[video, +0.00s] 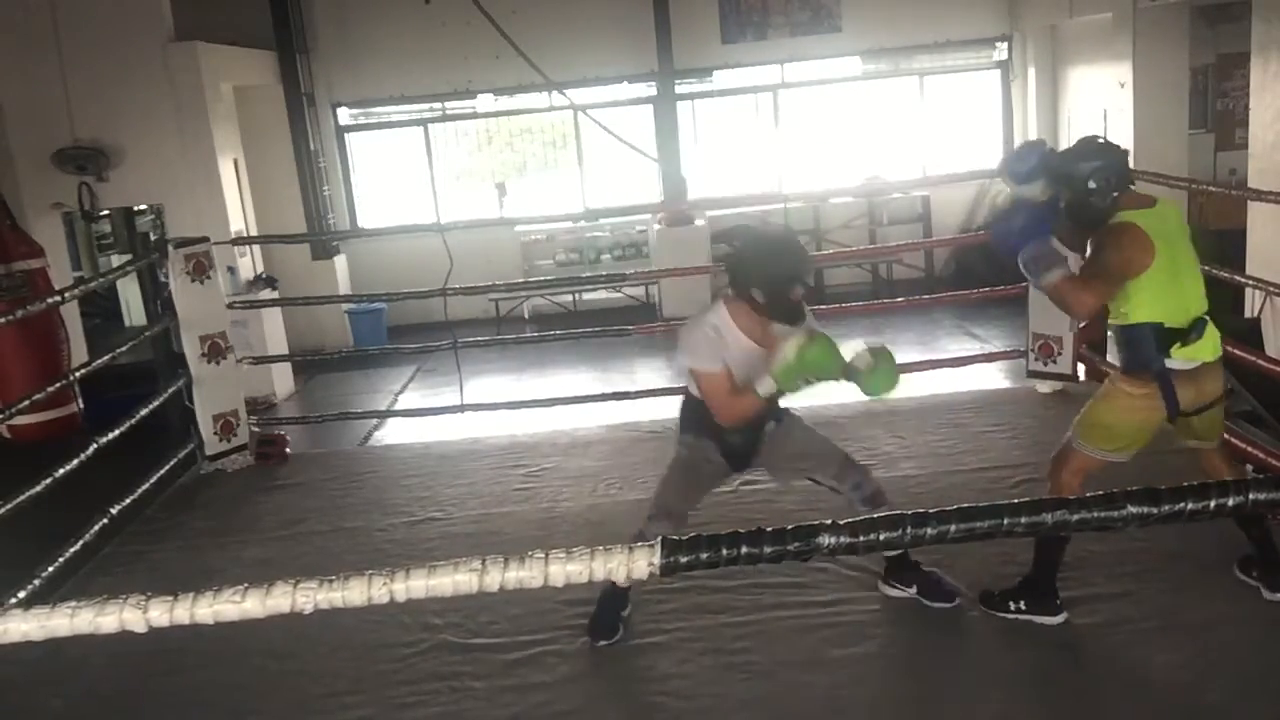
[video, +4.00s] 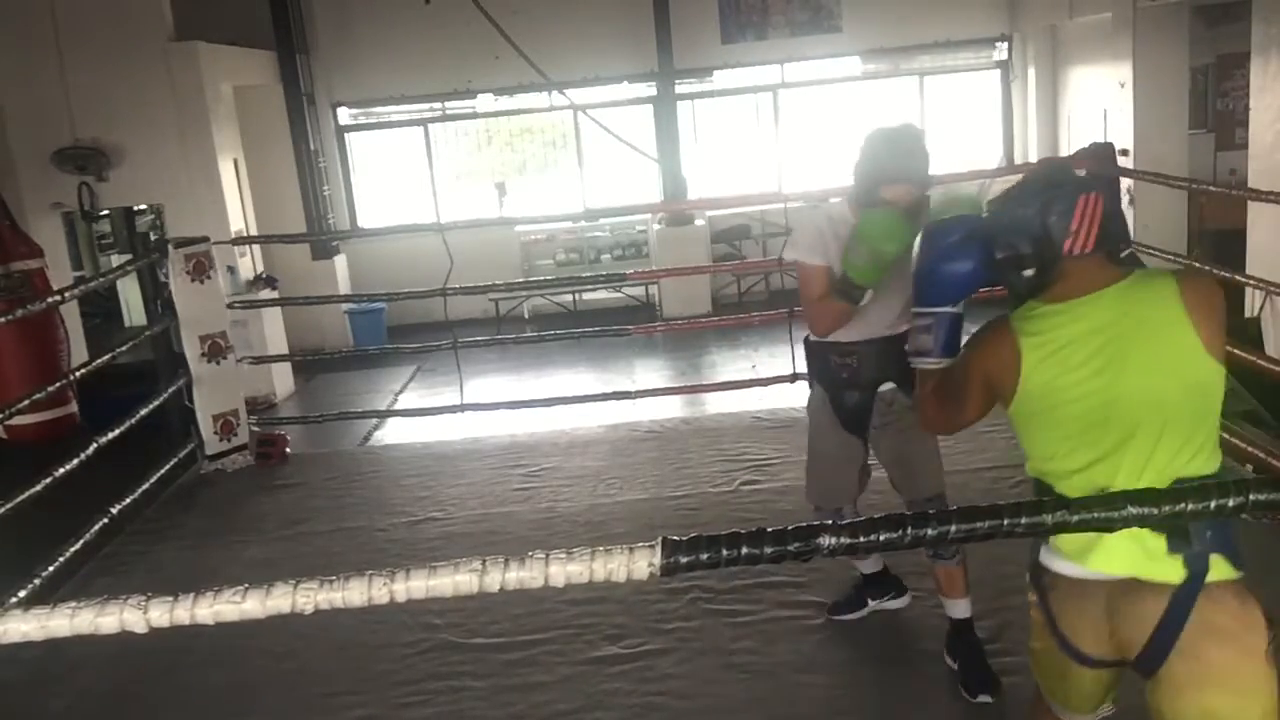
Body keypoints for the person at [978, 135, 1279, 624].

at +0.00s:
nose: (1067, 205)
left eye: (1069, 196)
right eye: (1065, 196)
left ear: (1088, 193)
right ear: (1119, 180)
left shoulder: (1121, 237)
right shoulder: (1166, 210)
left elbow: (1081, 303)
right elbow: (1083, 244)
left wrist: (1032, 247)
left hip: (1145, 385)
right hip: (1205, 373)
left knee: (1066, 471)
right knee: (1214, 458)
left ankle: (1040, 588)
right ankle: (1268, 560)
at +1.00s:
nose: (1169, 200)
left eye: (1171, 188)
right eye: (1166, 188)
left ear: (1195, 182)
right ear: (1223, 171)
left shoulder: (1226, 231)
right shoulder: (1267, 207)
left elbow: (1147, 288)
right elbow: (1180, 268)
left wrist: (1123, 213)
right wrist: (1145, 218)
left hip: (1245, 381)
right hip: (1268, 372)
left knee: (1163, 476)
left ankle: (1129, 601)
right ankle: (1130, 599)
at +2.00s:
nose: (1237, 180)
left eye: (1241, 167)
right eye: (1240, 164)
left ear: (1263, 171)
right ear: (1270, 169)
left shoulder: (1272, 233)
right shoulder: (1267, 227)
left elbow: (1226, 309)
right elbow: (1244, 297)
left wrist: (1168, 249)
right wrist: (1219, 224)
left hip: (1265, 415)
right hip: (1265, 410)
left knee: (1175, 504)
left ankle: (1138, 650)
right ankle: (1140, 648)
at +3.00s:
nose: (1207, 220)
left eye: (1214, 208)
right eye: (1212, 206)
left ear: (1233, 214)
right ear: (1269, 213)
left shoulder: (1202, 298)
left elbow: (1136, 401)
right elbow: (1139, 400)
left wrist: (1201, 406)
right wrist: (1198, 406)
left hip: (1249, 512)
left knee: (1196, 613)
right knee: (1196, 615)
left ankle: (1147, 711)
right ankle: (1149, 708)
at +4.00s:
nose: (1005, 261)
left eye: (1009, 246)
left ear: (1026, 249)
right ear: (1105, 227)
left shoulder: (1006, 344)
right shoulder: (1199, 295)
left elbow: (936, 412)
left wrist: (935, 309)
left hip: (1071, 601)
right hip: (1200, 602)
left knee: (1064, 709)